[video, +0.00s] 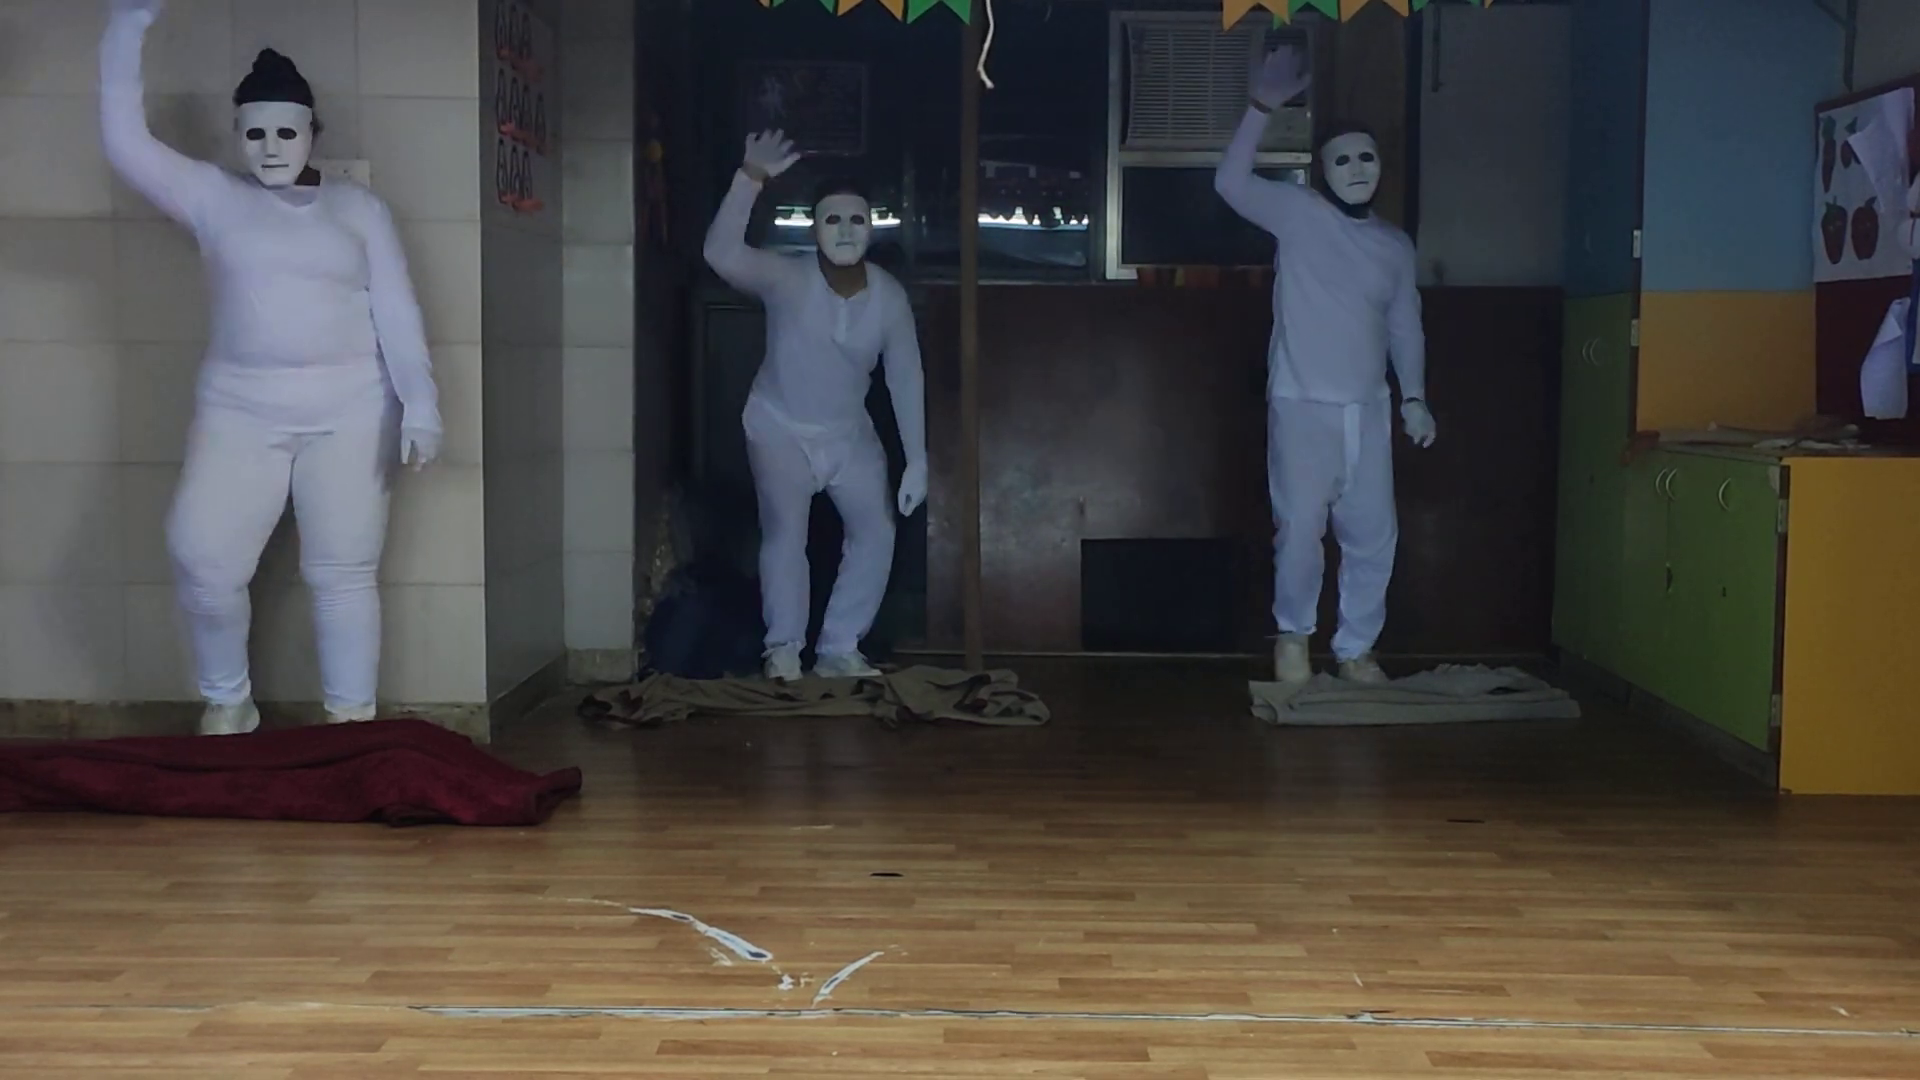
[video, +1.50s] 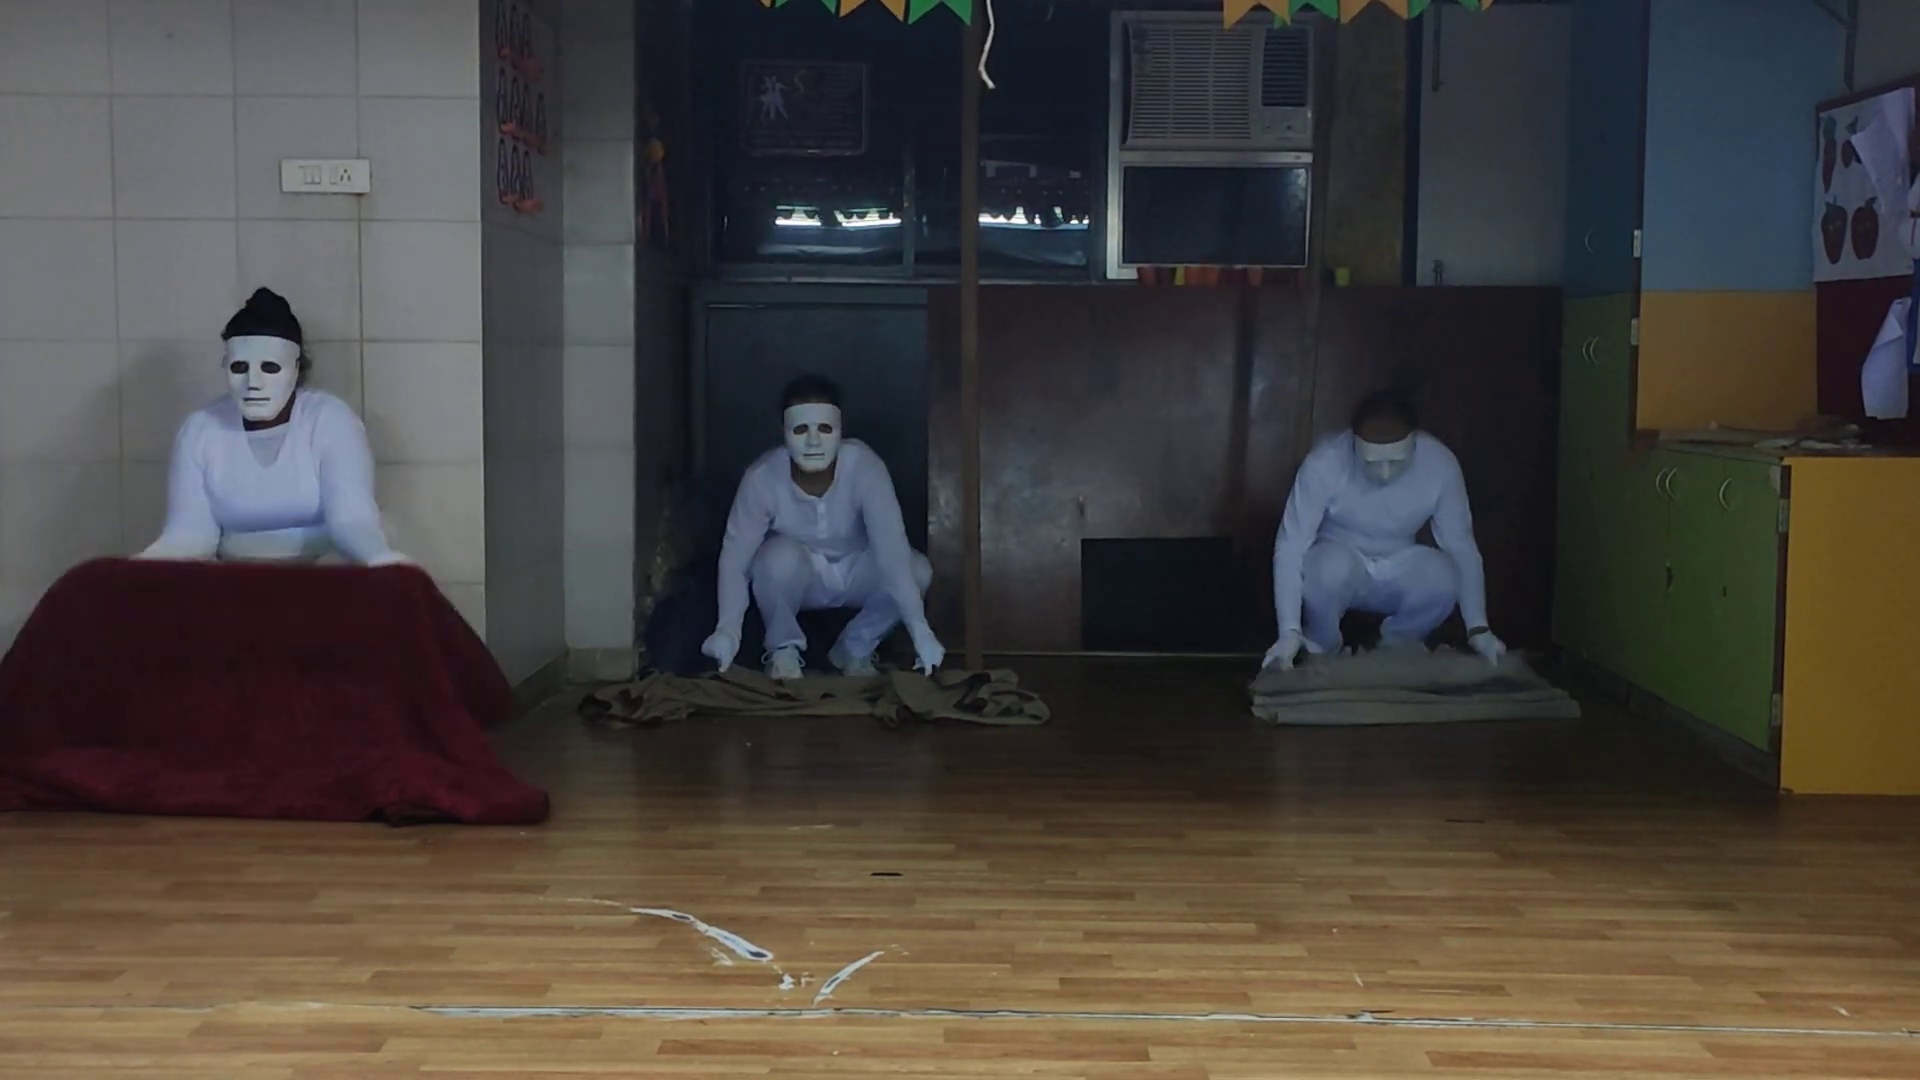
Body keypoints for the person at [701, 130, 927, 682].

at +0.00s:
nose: (845, 230)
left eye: (856, 220)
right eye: (833, 220)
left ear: (870, 229)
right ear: (814, 229)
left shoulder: (887, 298)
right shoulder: (785, 277)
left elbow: (905, 380)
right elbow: (721, 252)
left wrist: (916, 460)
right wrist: (750, 179)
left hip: (849, 431)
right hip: (780, 428)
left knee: (875, 532)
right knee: (785, 536)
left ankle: (839, 649)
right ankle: (784, 647)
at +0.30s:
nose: (831, 330)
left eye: (842, 319)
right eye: (819, 319)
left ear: (857, 324)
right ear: (802, 325)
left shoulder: (878, 376)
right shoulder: (777, 368)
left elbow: (906, 456)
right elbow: (704, 391)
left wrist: (925, 536)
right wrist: (732, 336)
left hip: (845, 490)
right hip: (775, 486)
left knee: (890, 545)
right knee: (781, 547)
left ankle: (839, 650)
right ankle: (782, 650)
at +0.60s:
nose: (818, 421)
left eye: (830, 409)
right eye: (806, 409)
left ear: (845, 399)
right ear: (790, 402)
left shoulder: (869, 433)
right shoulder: (765, 436)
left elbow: (904, 512)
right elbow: (697, 496)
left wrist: (927, 591)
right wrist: (710, 463)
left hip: (849, 538)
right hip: (784, 537)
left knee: (894, 561)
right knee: (774, 557)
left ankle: (845, 651)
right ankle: (781, 650)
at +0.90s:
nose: (810, 468)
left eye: (822, 456)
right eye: (798, 457)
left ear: (838, 440)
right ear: (783, 444)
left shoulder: (864, 464)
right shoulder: (761, 472)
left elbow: (896, 545)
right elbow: (727, 530)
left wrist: (920, 626)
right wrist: (713, 560)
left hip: (856, 569)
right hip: (795, 572)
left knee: (909, 564)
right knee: (777, 556)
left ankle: (850, 649)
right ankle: (782, 649)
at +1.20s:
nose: (809, 477)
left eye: (821, 464)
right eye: (797, 465)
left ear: (837, 447)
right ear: (782, 451)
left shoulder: (864, 471)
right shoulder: (760, 483)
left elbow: (886, 558)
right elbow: (734, 561)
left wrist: (906, 639)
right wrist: (731, 640)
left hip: (856, 574)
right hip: (799, 576)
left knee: (914, 568)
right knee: (779, 560)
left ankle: (851, 649)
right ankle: (783, 648)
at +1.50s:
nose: (813, 440)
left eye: (825, 429)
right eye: (800, 430)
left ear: (840, 432)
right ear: (784, 434)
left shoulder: (865, 468)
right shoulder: (762, 481)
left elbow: (892, 551)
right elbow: (733, 560)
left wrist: (920, 630)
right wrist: (728, 631)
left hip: (860, 575)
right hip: (799, 576)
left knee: (916, 569)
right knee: (779, 557)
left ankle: (854, 649)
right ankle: (783, 647)